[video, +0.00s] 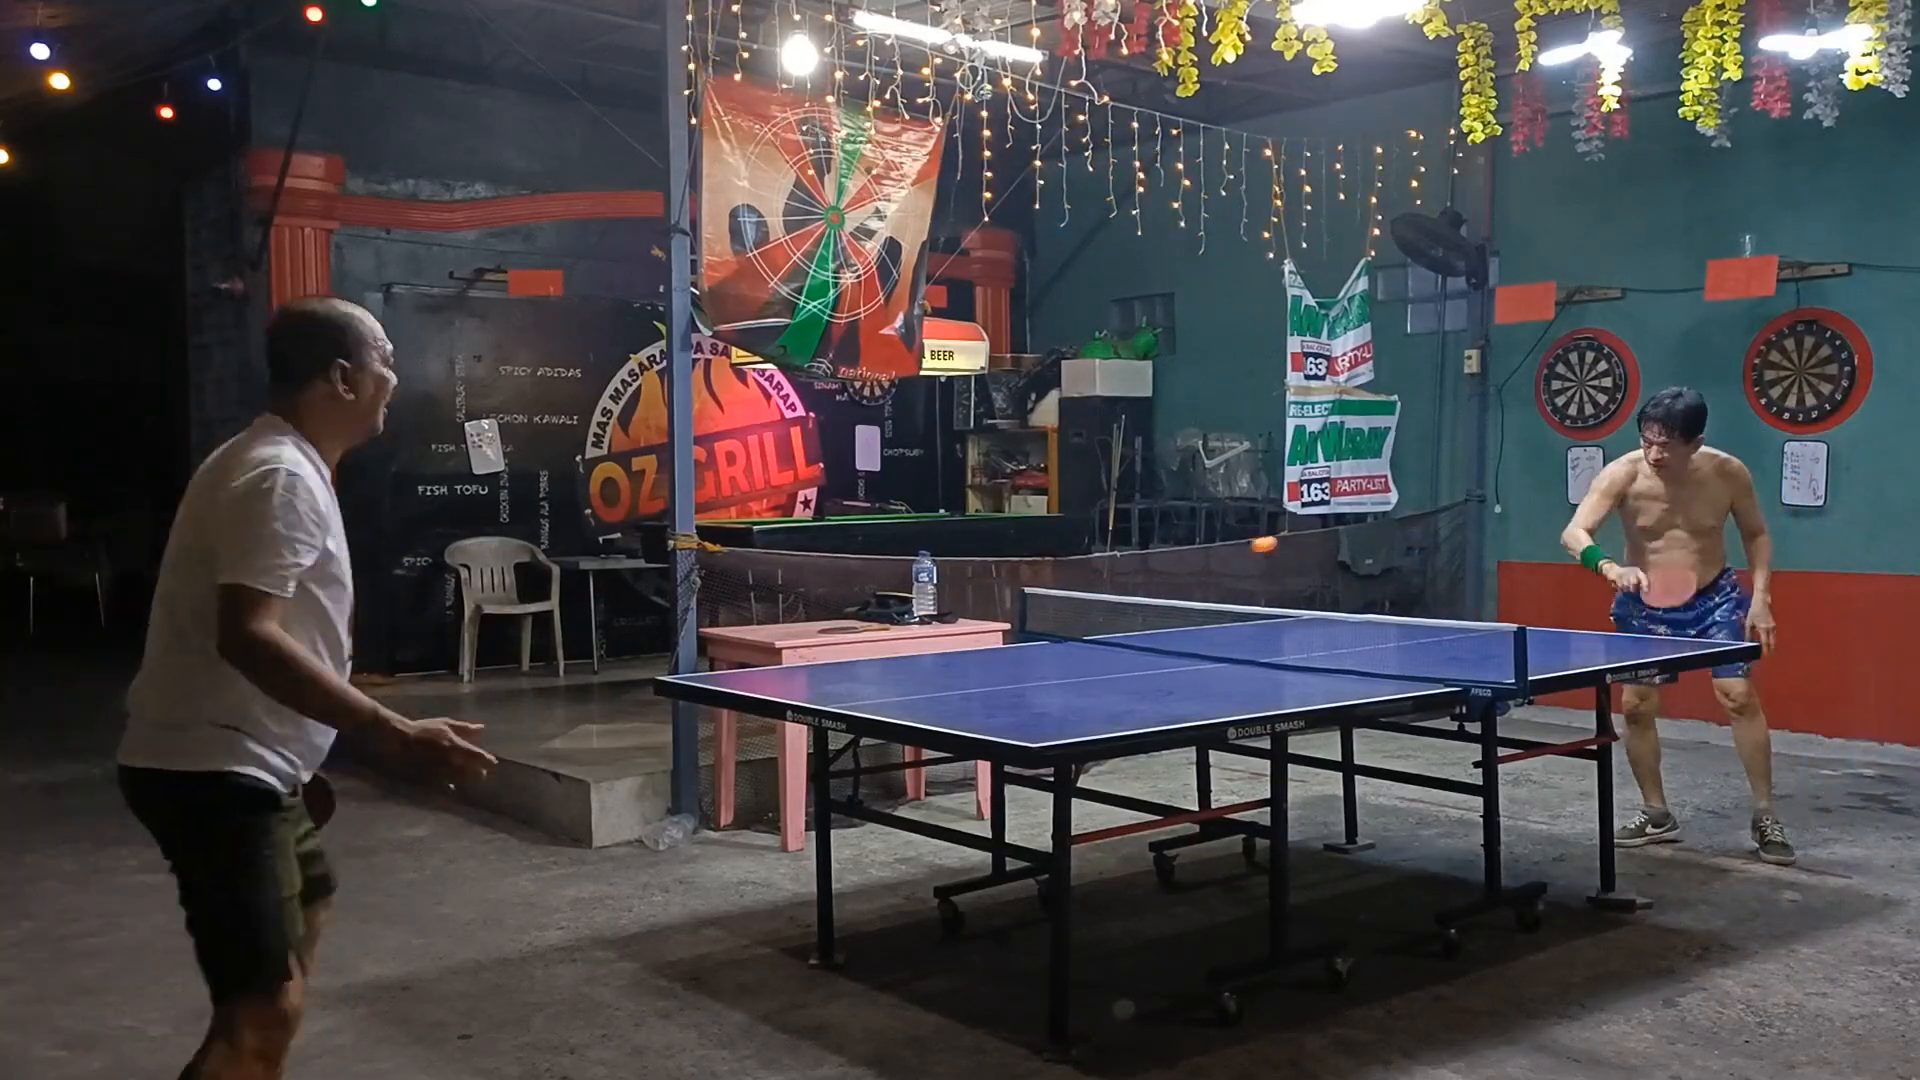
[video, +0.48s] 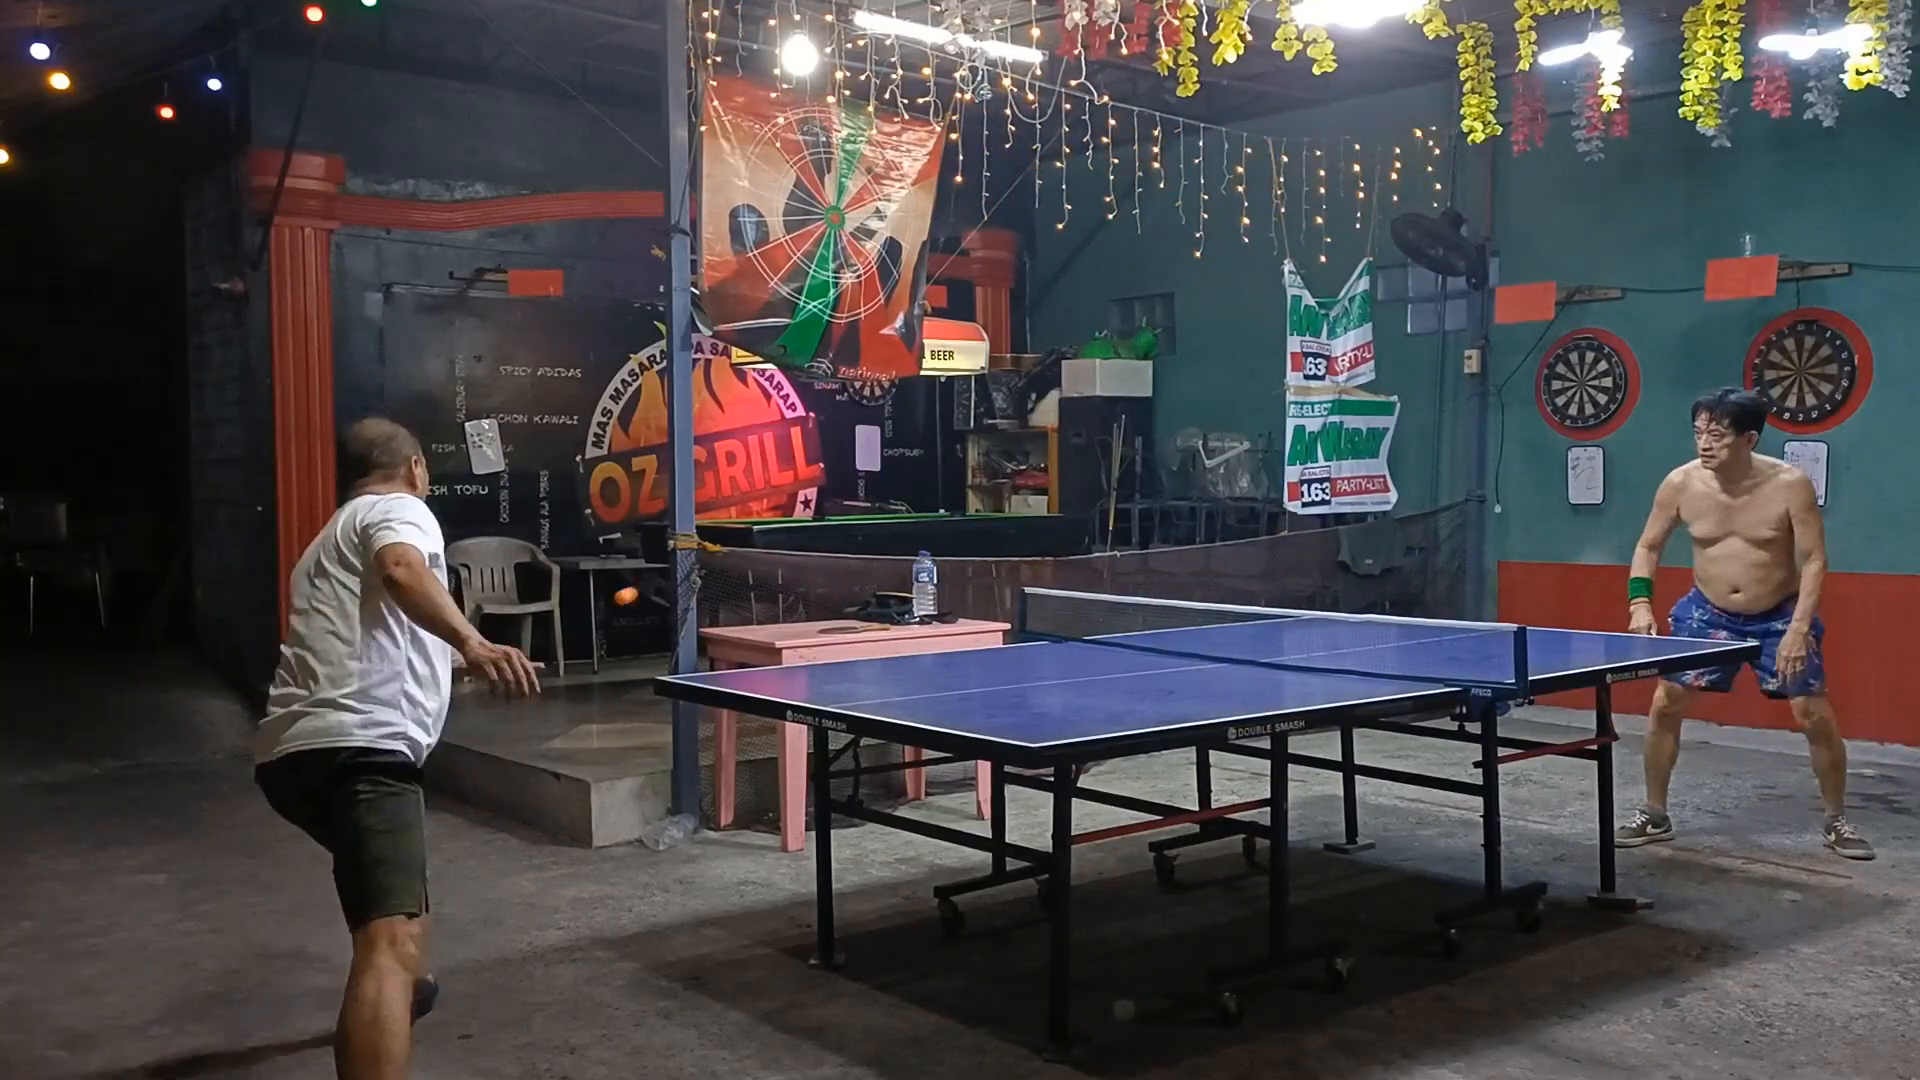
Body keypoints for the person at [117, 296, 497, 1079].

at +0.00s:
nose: (393, 382)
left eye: (390, 365)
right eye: (384, 365)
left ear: (325, 380)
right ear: (342, 379)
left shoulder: (268, 460)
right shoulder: (278, 473)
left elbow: (221, 642)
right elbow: (247, 634)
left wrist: (284, 764)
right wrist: (400, 734)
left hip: (229, 760)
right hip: (210, 768)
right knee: (263, 1012)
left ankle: (248, 1053)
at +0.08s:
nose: (420, 391)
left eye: (417, 375)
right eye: (413, 374)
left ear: (337, 389)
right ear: (380, 384)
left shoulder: (273, 470)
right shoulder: (329, 479)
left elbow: (252, 642)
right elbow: (331, 635)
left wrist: (319, 762)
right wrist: (449, 760)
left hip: (203, 745)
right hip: (241, 752)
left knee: (315, 943)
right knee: (361, 959)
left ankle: (274, 1063)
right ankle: (279, 1068)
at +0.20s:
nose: (450, 428)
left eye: (448, 411)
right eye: (445, 410)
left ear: (363, 417)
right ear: (417, 412)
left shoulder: (319, 490)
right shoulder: (371, 501)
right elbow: (424, 654)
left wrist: (342, 772)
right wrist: (517, 780)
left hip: (226, 745)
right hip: (254, 756)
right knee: (413, 949)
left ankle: (285, 1044)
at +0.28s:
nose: (454, 457)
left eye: (455, 444)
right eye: (455, 443)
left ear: (374, 441)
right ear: (440, 440)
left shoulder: (328, 511)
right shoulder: (399, 512)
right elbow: (449, 639)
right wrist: (557, 747)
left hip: (237, 758)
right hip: (299, 763)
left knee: (357, 871)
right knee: (443, 950)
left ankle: (353, 1020)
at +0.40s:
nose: (444, 461)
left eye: (442, 449)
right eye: (444, 449)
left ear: (368, 450)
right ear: (430, 446)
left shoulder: (312, 526)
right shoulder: (408, 501)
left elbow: (295, 639)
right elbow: (425, 587)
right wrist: (517, 681)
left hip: (268, 759)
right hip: (340, 756)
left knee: (356, 891)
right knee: (424, 952)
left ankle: (390, 1015)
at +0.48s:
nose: (428, 482)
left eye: (426, 472)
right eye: (427, 472)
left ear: (357, 477)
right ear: (414, 470)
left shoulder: (322, 544)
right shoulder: (397, 506)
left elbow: (322, 646)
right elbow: (398, 566)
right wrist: (471, 640)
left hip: (287, 755)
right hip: (363, 748)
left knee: (377, 856)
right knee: (388, 947)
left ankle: (398, 983)